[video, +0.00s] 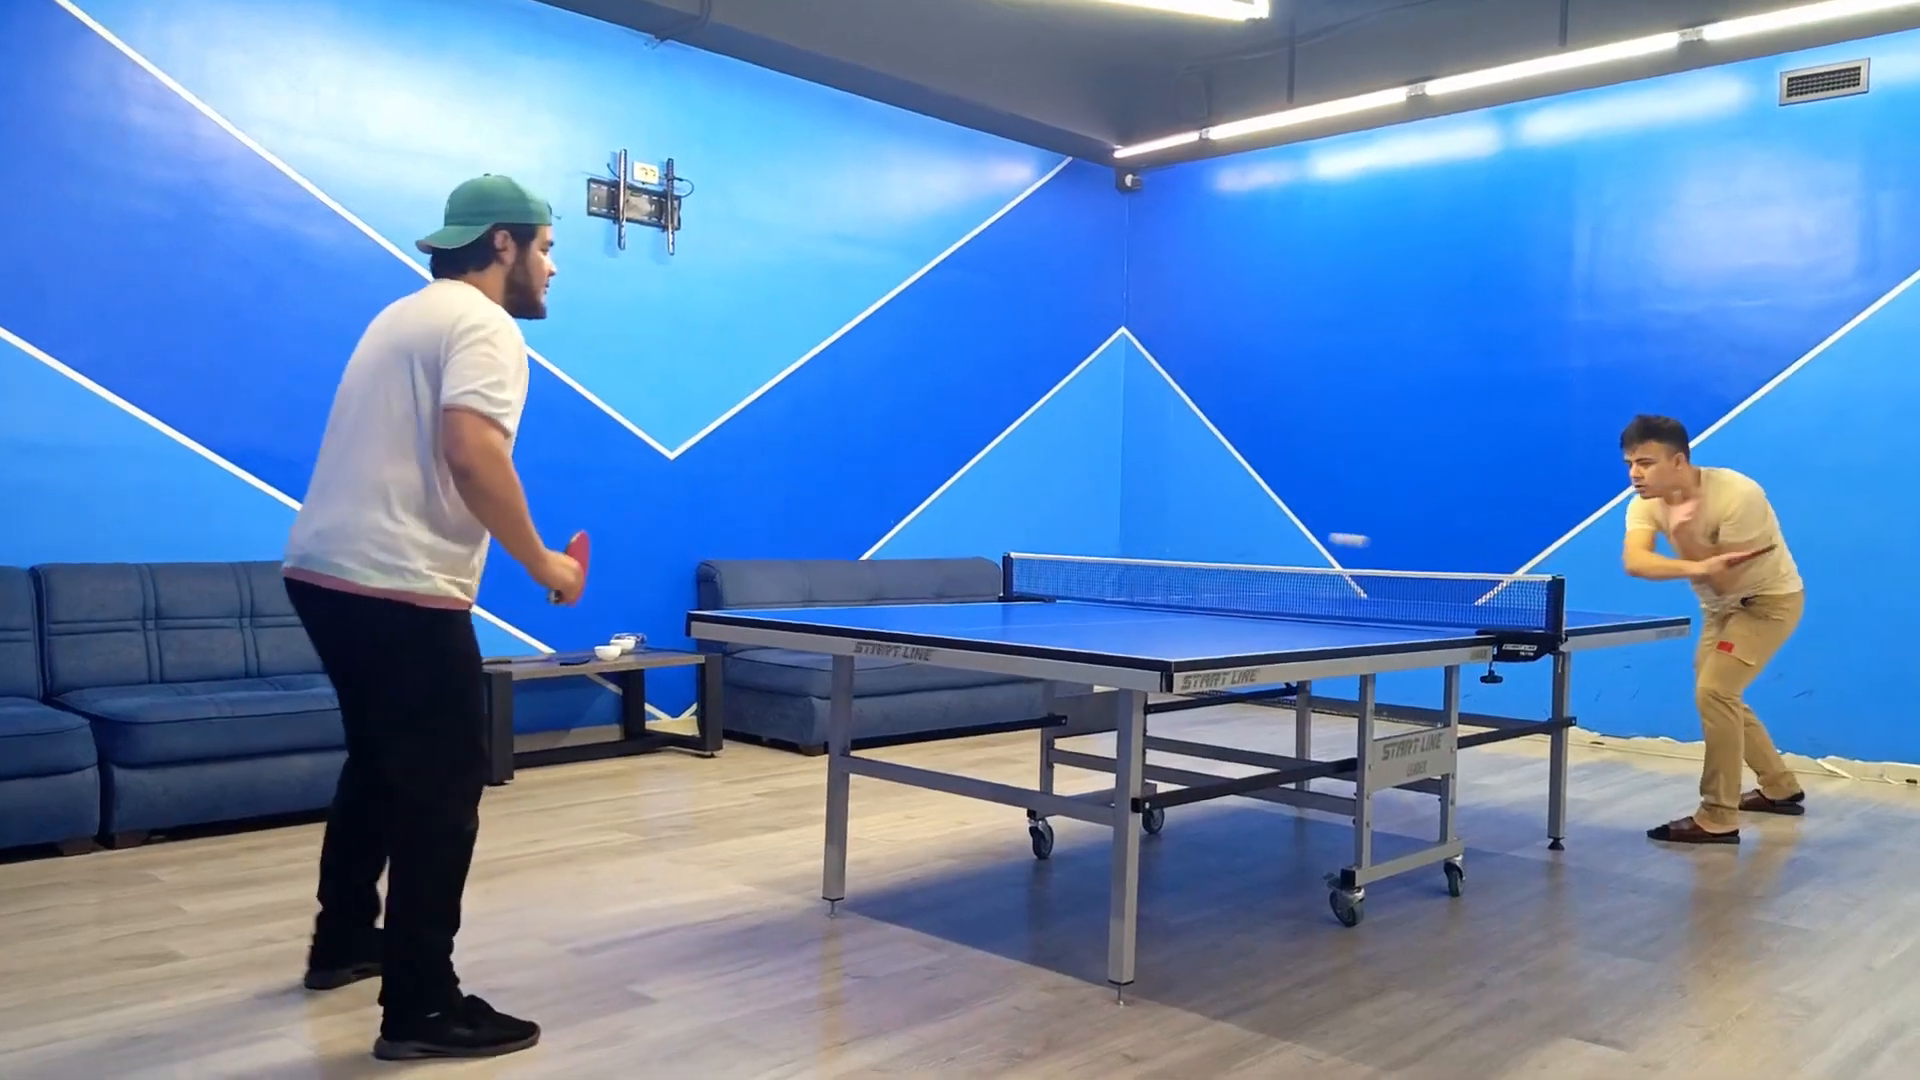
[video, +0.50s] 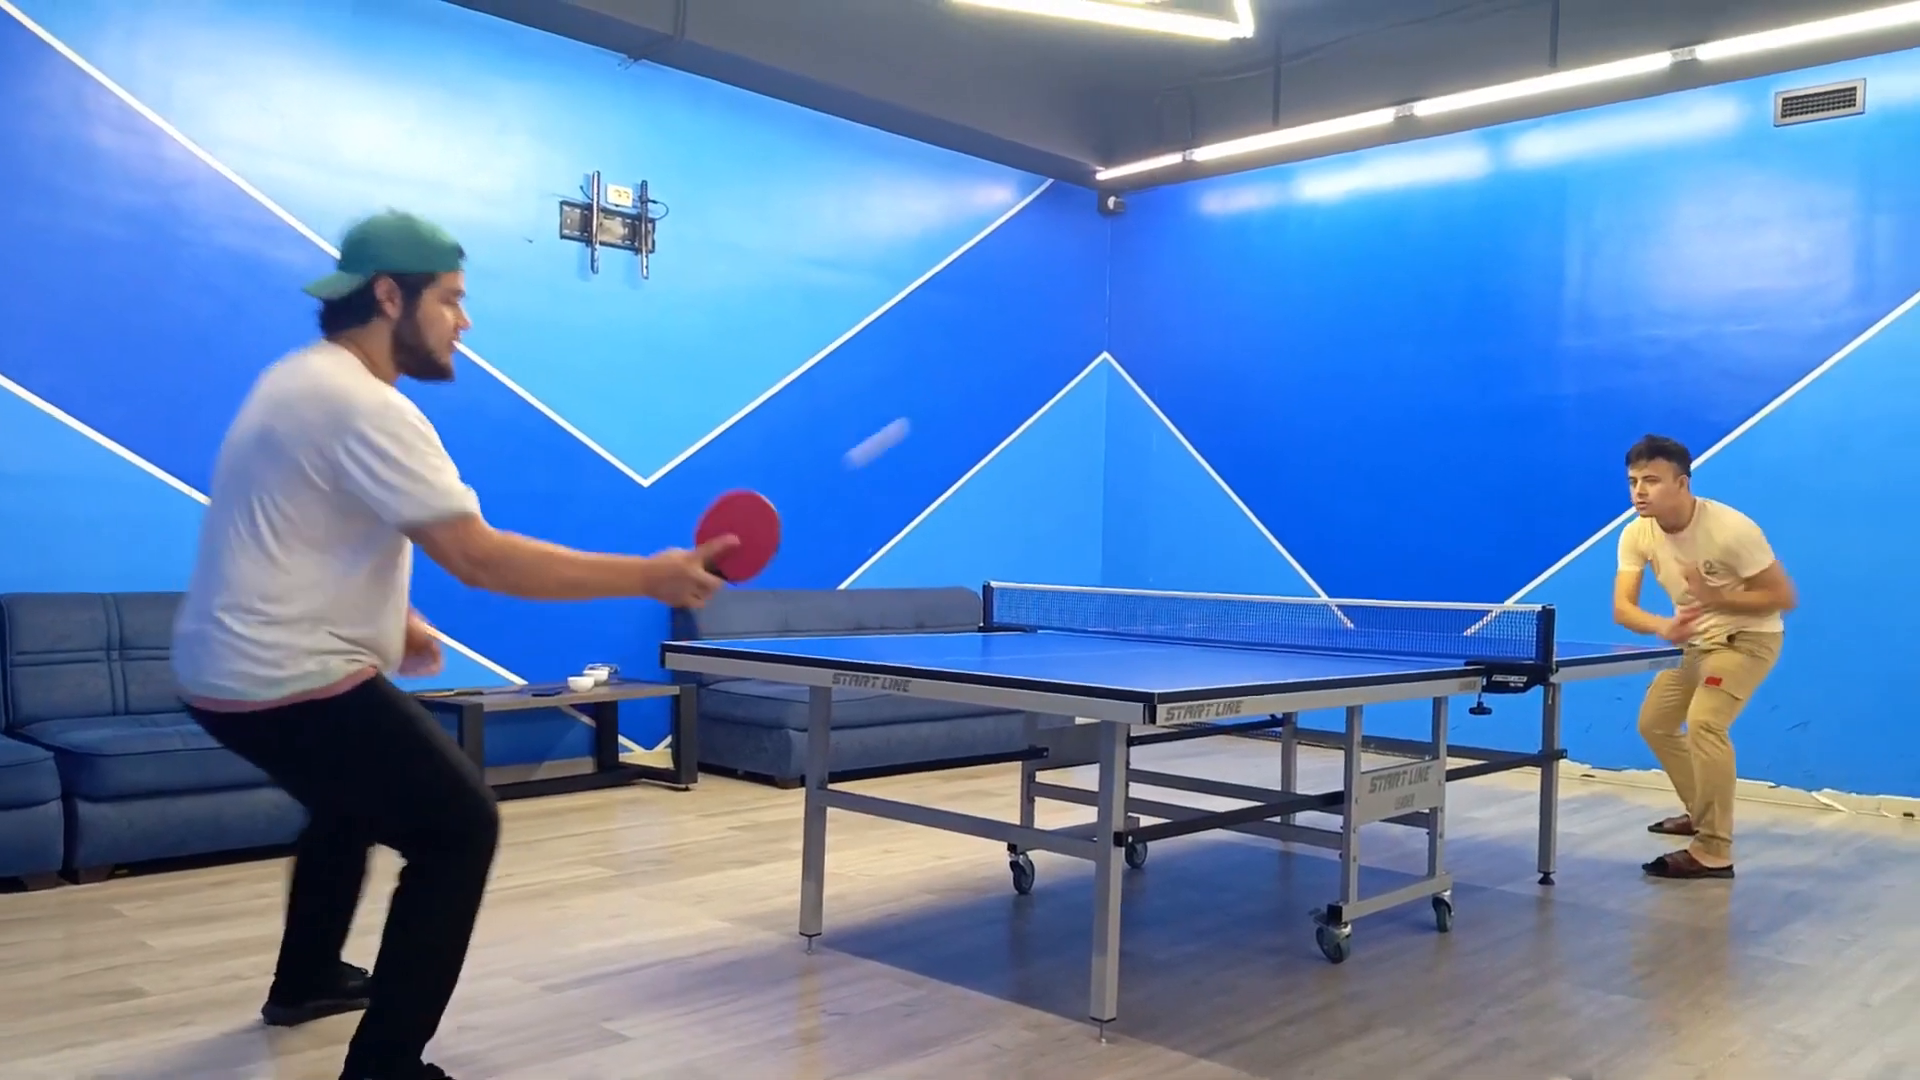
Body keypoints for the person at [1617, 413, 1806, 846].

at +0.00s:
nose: (1634, 475)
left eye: (1644, 463)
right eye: (1631, 464)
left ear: (1679, 460)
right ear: (1628, 464)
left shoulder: (1738, 496)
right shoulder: (1645, 502)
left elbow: (1731, 577)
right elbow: (1634, 562)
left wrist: (1684, 536)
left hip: (1769, 599)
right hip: (1718, 607)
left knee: (1715, 693)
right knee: (1714, 696)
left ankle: (1717, 818)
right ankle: (1781, 788)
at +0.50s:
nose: (1639, 491)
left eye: (1651, 481)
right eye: (1634, 482)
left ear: (1682, 483)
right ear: (1630, 485)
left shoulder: (1731, 529)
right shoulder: (1637, 533)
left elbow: (1785, 595)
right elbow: (1622, 609)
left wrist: (1719, 598)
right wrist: (1662, 626)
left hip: (1749, 636)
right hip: (1696, 640)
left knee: (1705, 725)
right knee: (1656, 725)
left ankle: (1714, 850)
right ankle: (1702, 814)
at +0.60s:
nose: (1587, 484)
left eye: (1598, 473)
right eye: (1582, 474)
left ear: (1631, 476)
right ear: (1578, 478)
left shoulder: (1676, 522)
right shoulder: (1594, 529)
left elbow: (1749, 563)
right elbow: (1593, 591)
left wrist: (1687, 586)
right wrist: (1590, 630)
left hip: (1698, 634)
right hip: (1648, 639)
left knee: (1659, 720)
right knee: (1609, 720)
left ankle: (1670, 846)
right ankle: (1655, 809)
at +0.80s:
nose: (1575, 475)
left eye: (1586, 465)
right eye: (1570, 468)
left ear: (1618, 472)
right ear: (1567, 475)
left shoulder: (1648, 515)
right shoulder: (1601, 532)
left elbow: (1680, 587)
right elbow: (1622, 600)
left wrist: (1606, 590)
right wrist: (1575, 635)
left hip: (1687, 634)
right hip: (1645, 638)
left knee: (1625, 719)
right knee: (1597, 717)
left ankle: (1657, 845)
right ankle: (1646, 810)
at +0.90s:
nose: (1612, 469)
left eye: (1623, 460)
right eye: (1609, 462)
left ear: (1657, 464)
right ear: (1609, 468)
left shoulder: (1666, 501)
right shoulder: (1662, 508)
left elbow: (1650, 575)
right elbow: (1682, 599)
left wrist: (1597, 577)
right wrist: (1635, 634)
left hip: (1711, 636)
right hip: (1688, 636)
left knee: (1644, 724)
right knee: (1634, 717)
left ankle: (1690, 851)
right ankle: (1681, 815)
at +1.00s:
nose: (1648, 463)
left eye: (1657, 451)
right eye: (1645, 455)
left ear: (1691, 453)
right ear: (1693, 459)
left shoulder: (1688, 487)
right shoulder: (1730, 499)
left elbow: (1622, 542)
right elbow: (1763, 583)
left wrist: (1613, 555)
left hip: (1725, 630)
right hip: (1745, 628)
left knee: (1671, 730)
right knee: (1686, 722)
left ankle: (1723, 853)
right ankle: (1720, 816)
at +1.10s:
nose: (1673, 470)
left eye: (1682, 459)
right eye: (1672, 461)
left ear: (1718, 459)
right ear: (1723, 463)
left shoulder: (1705, 491)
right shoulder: (1774, 509)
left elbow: (1631, 517)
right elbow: (1817, 582)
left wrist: (1621, 551)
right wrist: (1795, 632)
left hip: (1747, 633)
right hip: (1786, 635)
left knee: (1691, 736)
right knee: (1723, 726)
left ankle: (1747, 854)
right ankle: (1762, 824)